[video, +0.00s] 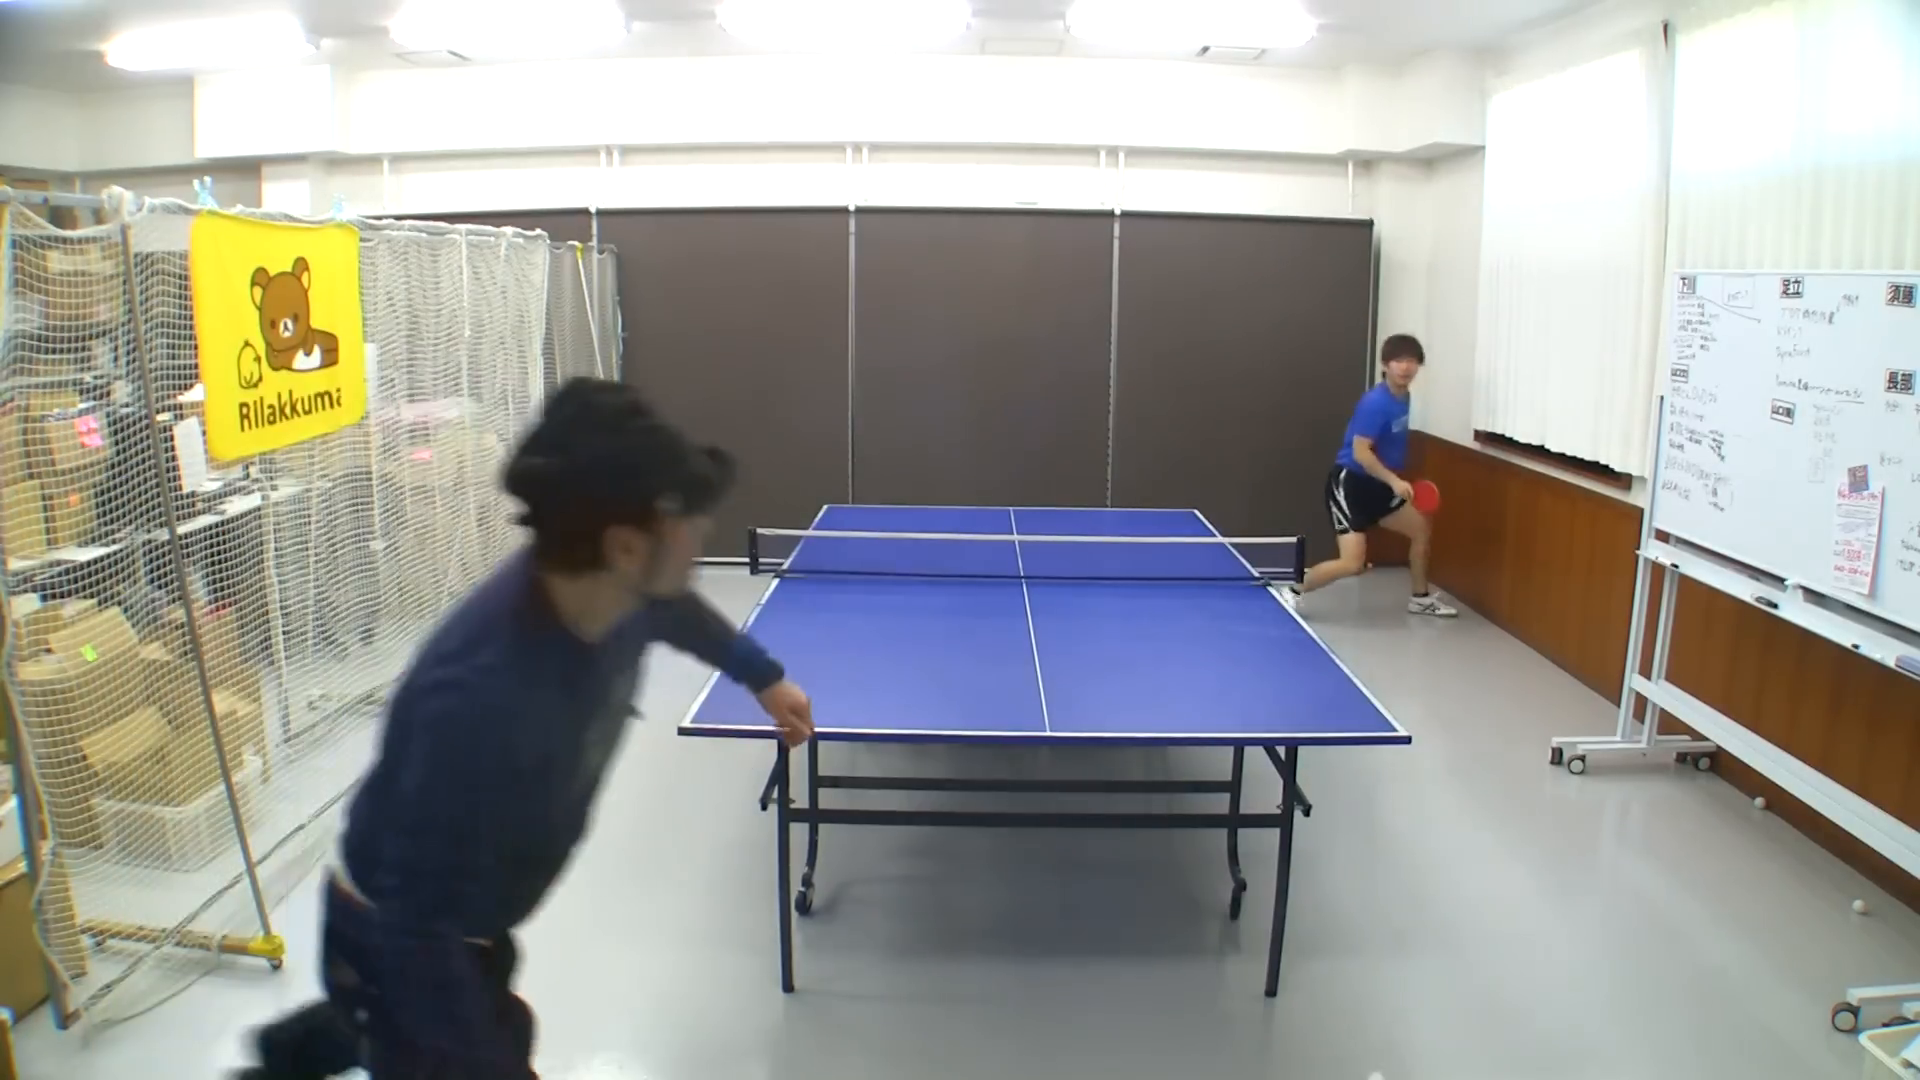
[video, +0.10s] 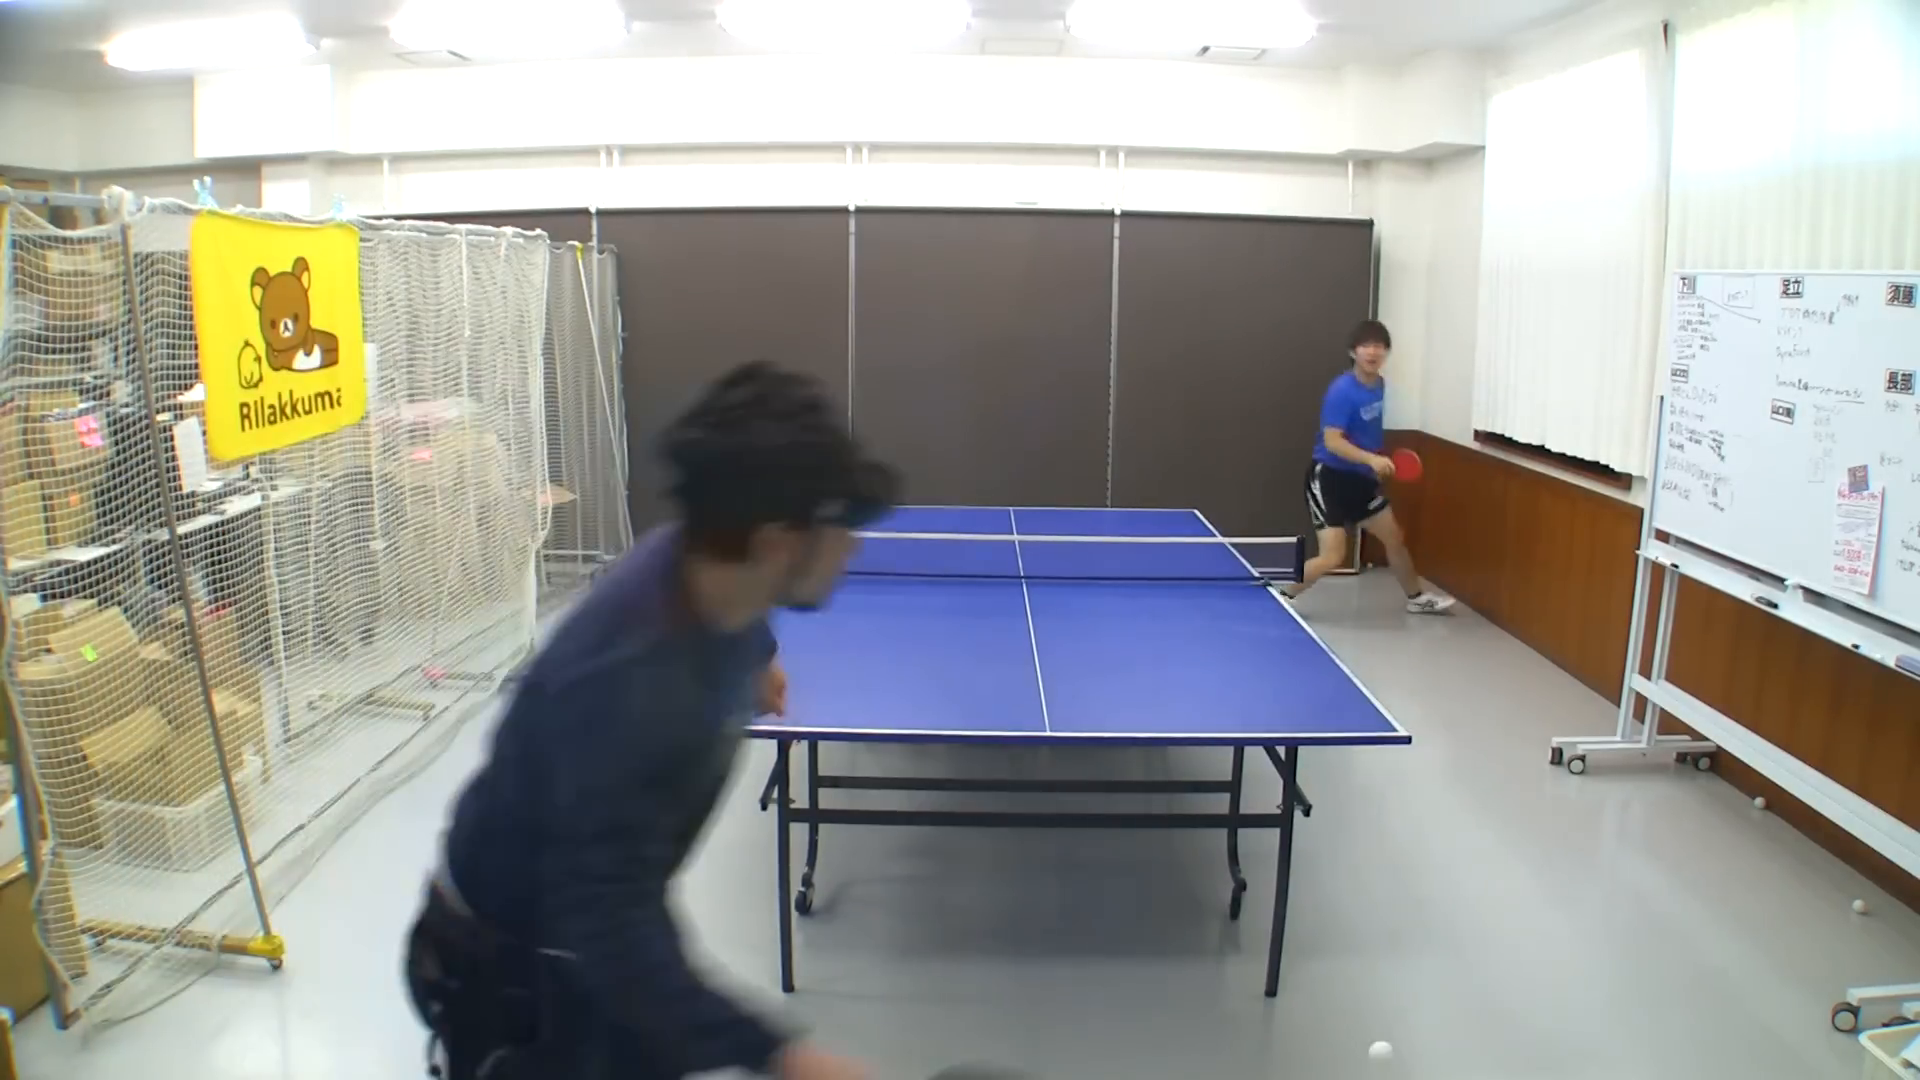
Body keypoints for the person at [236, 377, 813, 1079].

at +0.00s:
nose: (698, 534)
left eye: (692, 515)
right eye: (684, 519)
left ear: (624, 547)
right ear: (625, 548)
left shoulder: (609, 592)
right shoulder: (476, 687)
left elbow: (675, 611)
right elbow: (407, 915)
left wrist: (764, 678)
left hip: (474, 914)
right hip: (401, 942)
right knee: (492, 1061)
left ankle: (294, 1049)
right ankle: (295, 1057)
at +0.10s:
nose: (851, 544)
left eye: (848, 523)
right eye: (839, 526)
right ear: (774, 541)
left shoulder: (700, 576)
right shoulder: (628, 676)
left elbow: (722, 607)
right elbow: (603, 920)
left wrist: (750, 665)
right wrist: (766, 1053)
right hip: (510, 965)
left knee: (654, 1060)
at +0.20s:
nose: (1040, 555)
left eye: (1042, 532)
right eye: (1028, 532)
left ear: (941, 528)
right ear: (954, 531)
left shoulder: (835, 553)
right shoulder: (821, 653)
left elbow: (738, 583)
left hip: (764, 922)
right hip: (663, 954)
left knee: (911, 1054)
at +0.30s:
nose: (1215, 590)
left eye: (1220, 565)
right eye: (1210, 561)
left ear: (1118, 549)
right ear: (1134, 554)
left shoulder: (990, 570)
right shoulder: (1029, 708)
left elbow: (845, 649)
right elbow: (1017, 974)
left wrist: (794, 754)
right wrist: (1139, 1073)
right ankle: (797, 1036)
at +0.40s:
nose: (1383, 649)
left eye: (1390, 623)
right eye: (1379, 618)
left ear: (1304, 600)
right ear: (1308, 602)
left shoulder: (1144, 636)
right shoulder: (1198, 805)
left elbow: (1026, 768)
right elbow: (1125, 1048)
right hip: (1007, 1059)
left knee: (1233, 1065)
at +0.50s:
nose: (1513, 682)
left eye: (1525, 657)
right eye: (1514, 651)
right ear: (1442, 618)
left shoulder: (1294, 629)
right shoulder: (1278, 770)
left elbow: (1198, 815)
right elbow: (1161, 1040)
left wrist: (1316, 919)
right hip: (1109, 1051)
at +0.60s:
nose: (1596, 644)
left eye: (1616, 621)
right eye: (1606, 614)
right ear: (1535, 561)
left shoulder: (1396, 578)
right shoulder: (1367, 714)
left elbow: (1354, 754)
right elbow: (1223, 974)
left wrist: (1471, 825)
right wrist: (1207, 1068)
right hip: (1210, 1021)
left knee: (1372, 1059)